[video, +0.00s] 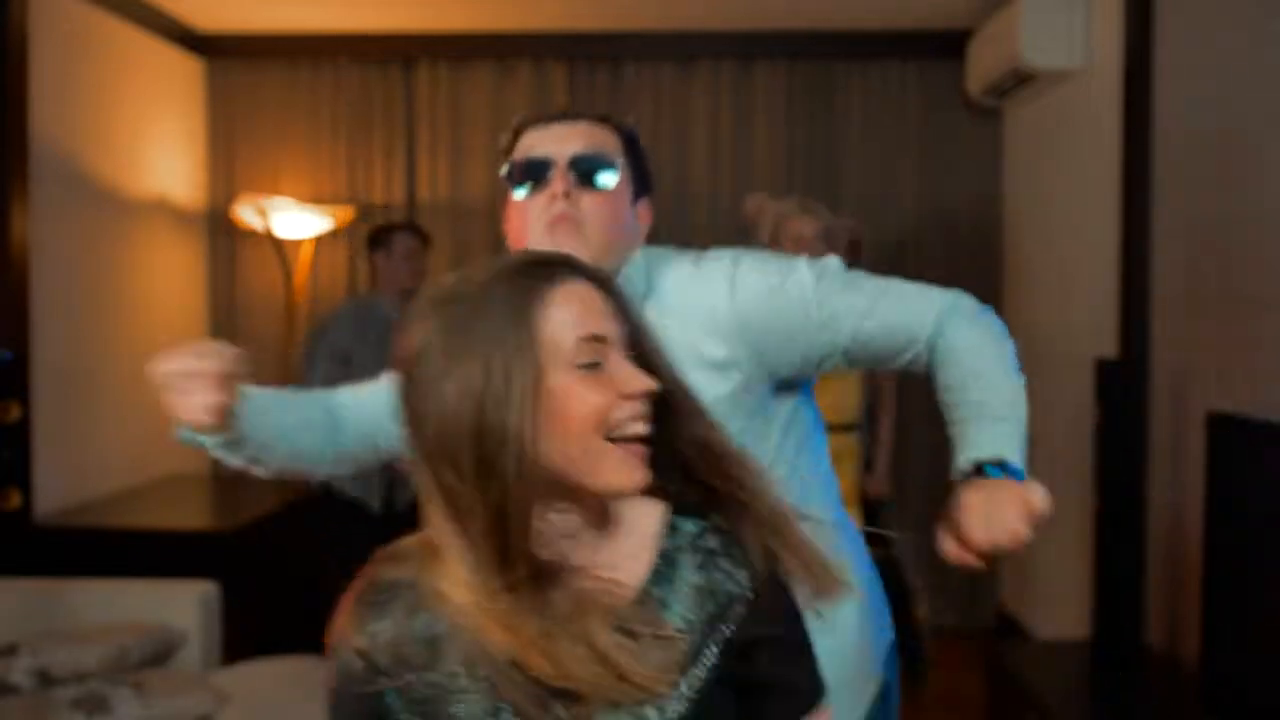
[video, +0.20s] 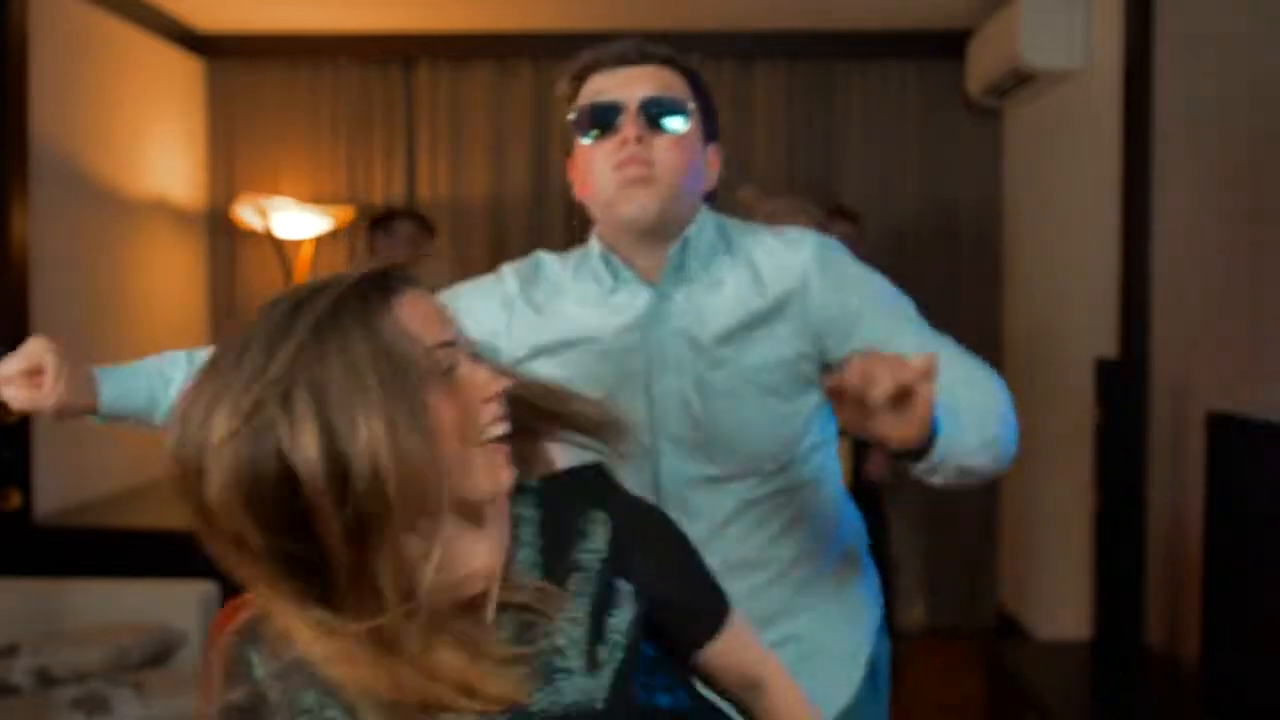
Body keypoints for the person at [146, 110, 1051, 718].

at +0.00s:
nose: (556, 196)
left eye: (588, 177)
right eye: (530, 180)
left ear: (641, 211)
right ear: (500, 215)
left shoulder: (717, 291)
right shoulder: (486, 340)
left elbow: (955, 321)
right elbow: (359, 422)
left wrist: (991, 465)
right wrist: (234, 413)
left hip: (806, 661)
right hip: (599, 668)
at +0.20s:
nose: (632, 136)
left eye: (662, 116)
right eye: (602, 121)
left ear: (712, 156)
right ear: (573, 170)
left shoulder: (805, 276)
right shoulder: (513, 304)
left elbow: (990, 422)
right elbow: (308, 377)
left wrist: (928, 414)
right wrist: (91, 385)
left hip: (816, 669)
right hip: (600, 676)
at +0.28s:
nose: (664, 136)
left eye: (693, 115)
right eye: (632, 123)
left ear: (743, 160)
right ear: (600, 170)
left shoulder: (826, 294)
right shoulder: (534, 302)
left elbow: (986, 512)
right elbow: (329, 375)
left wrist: (900, 439)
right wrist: (105, 392)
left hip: (811, 687)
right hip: (592, 684)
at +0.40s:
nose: (709, 168)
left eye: (739, 148)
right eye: (676, 155)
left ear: (782, 191)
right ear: (648, 208)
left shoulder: (850, 352)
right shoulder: (565, 321)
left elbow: (951, 600)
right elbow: (378, 403)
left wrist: (885, 451)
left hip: (798, 692)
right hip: (621, 688)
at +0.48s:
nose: (734, 200)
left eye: (764, 180)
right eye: (702, 189)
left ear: (808, 225)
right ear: (672, 239)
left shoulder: (858, 389)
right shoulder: (583, 346)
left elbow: (931, 641)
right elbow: (401, 425)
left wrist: (884, 464)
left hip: (797, 704)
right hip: (620, 698)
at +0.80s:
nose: (735, 193)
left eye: (764, 175)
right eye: (705, 179)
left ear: (805, 218)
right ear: (672, 226)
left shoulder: (852, 365)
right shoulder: (591, 325)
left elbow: (977, 547)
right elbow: (431, 389)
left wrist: (901, 359)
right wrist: (382, 317)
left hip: (783, 704)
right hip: (612, 697)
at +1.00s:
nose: (683, 134)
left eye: (713, 117)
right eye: (652, 115)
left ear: (747, 158)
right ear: (615, 154)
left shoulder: (825, 277)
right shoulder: (558, 266)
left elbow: (1026, 393)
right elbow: (343, 293)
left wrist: (918, 287)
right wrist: (424, 246)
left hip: (779, 685)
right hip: (604, 676)